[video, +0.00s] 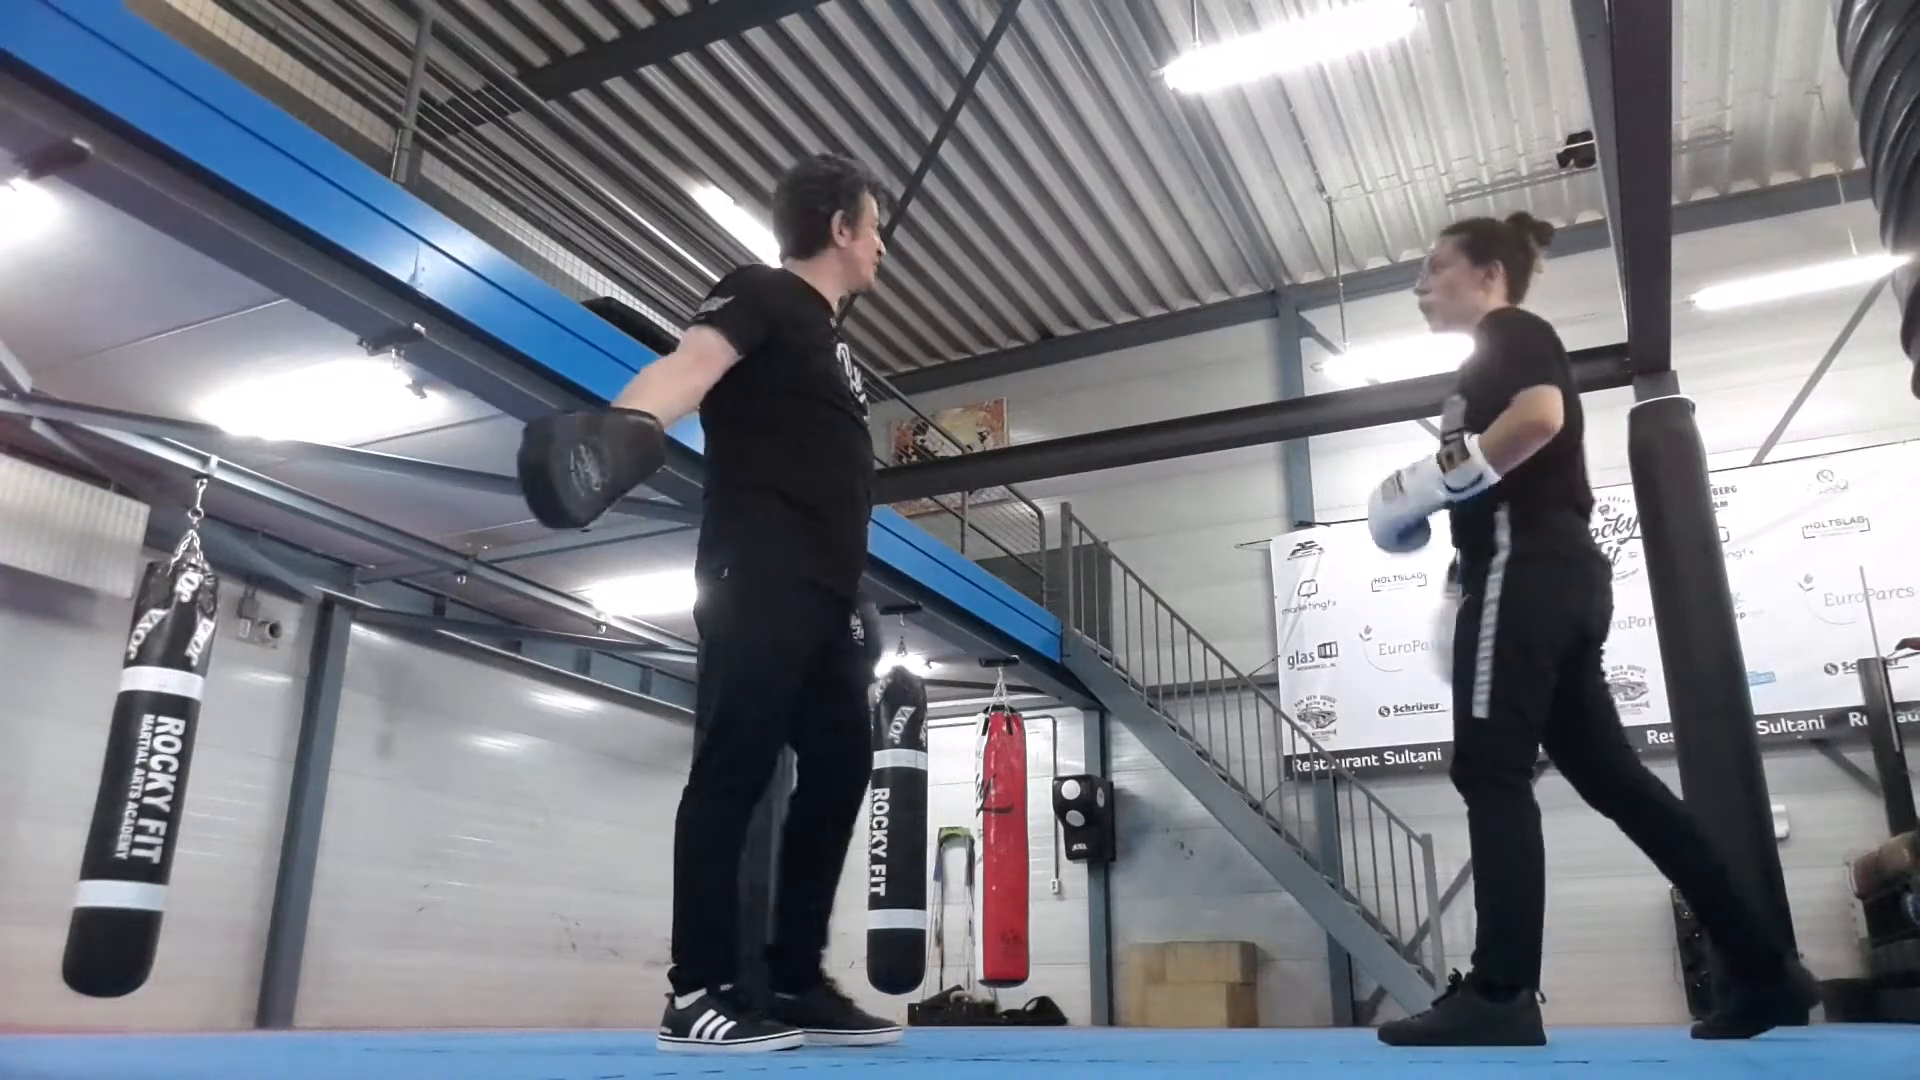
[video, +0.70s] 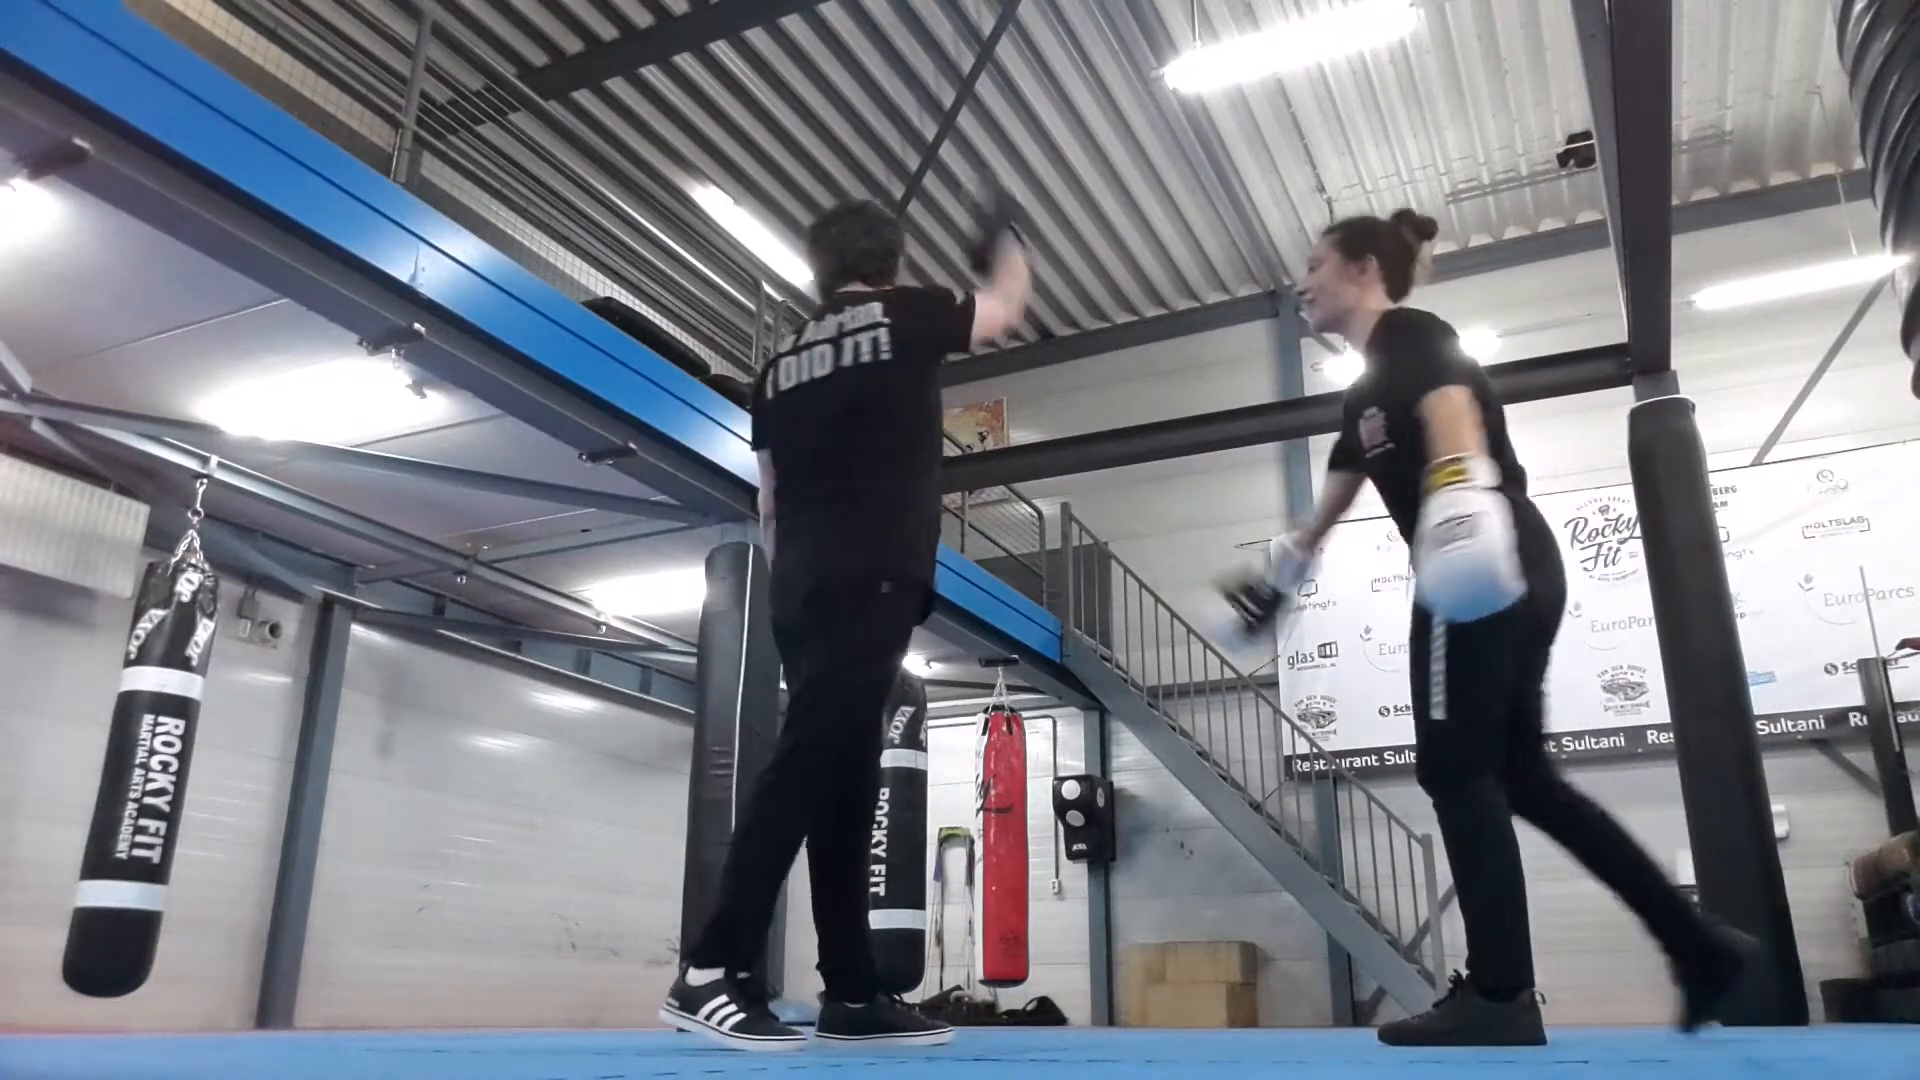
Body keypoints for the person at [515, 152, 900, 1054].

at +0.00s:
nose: (882, 246)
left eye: (882, 230)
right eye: (876, 228)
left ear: (832, 230)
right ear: (841, 226)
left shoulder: (828, 338)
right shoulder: (770, 293)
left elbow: (818, 475)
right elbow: (689, 368)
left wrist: (852, 592)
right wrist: (608, 443)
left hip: (820, 586)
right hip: (759, 571)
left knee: (840, 762)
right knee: (736, 763)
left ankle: (793, 982)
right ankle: (701, 992)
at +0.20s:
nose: (892, 265)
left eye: (891, 248)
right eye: (890, 246)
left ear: (821, 239)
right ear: (866, 242)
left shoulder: (830, 335)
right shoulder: (796, 305)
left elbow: (804, 464)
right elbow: (734, 379)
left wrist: (855, 579)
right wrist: (675, 456)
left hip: (818, 597)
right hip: (777, 590)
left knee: (847, 777)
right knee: (753, 771)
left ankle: (854, 992)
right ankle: (701, 994)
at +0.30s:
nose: (892, 269)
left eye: (889, 253)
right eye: (891, 253)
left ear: (812, 251)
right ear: (873, 251)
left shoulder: (817, 327)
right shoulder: (823, 317)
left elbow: (805, 449)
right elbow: (791, 431)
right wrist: (756, 523)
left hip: (818, 599)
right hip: (797, 594)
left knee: (849, 778)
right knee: (767, 774)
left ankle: (854, 994)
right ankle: (703, 996)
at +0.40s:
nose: (884, 266)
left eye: (879, 255)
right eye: (881, 254)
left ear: (794, 263)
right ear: (869, 255)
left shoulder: (774, 345)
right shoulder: (851, 319)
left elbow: (783, 478)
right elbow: (893, 451)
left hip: (793, 590)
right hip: (822, 591)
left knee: (845, 785)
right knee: (771, 777)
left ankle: (854, 996)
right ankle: (704, 996)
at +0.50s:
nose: (877, 268)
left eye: (868, 257)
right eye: (875, 254)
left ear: (786, 268)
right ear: (864, 255)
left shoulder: (761, 354)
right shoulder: (863, 315)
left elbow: (806, 458)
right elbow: (977, 421)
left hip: (801, 587)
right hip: (836, 585)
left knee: (847, 787)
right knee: (774, 775)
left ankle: (853, 998)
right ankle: (705, 996)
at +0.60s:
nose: (880, 266)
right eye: (876, 251)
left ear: (797, 269)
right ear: (874, 255)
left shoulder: (768, 361)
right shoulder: (886, 316)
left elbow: (774, 492)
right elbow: (1003, 364)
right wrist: (1075, 365)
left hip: (800, 588)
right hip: (853, 584)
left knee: (844, 789)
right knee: (787, 774)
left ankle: (854, 996)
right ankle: (708, 987)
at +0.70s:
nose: (897, 268)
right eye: (893, 255)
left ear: (817, 272)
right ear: (894, 260)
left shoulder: (779, 369)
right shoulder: (910, 311)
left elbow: (769, 497)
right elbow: (999, 310)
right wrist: (1009, 257)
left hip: (800, 584)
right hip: (874, 576)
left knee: (846, 785)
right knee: (807, 766)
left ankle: (854, 995)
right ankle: (711, 978)